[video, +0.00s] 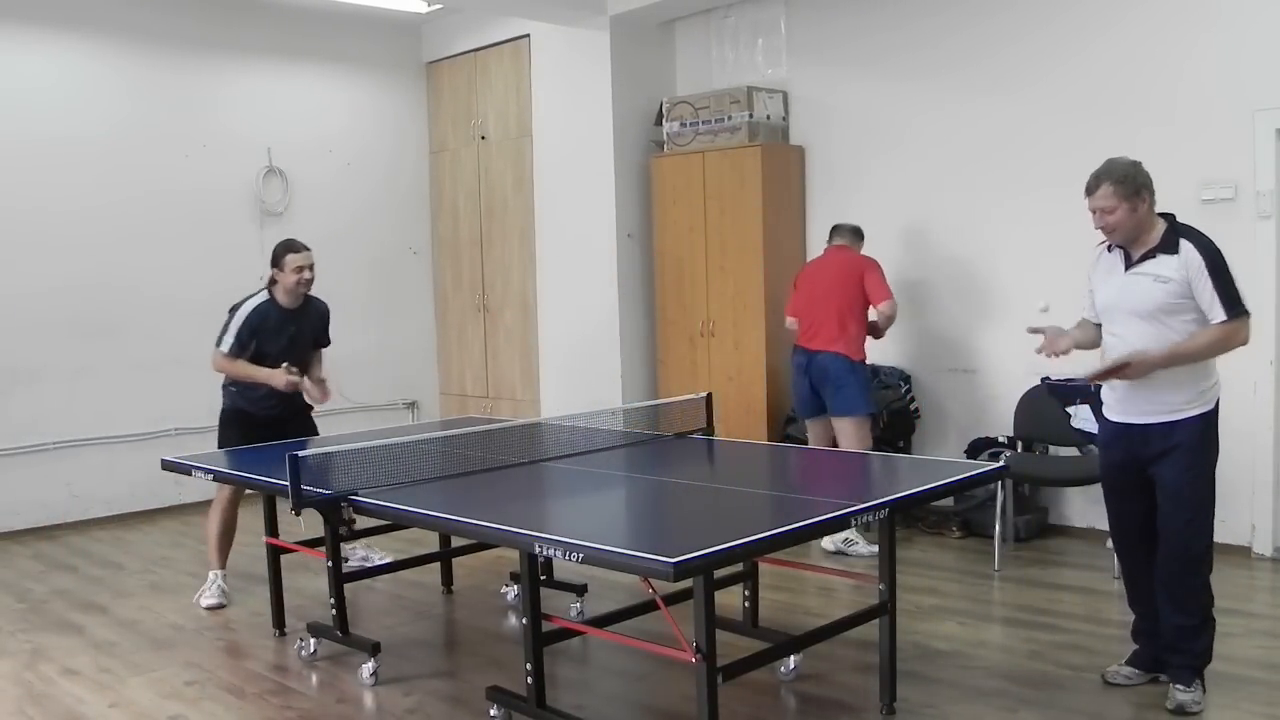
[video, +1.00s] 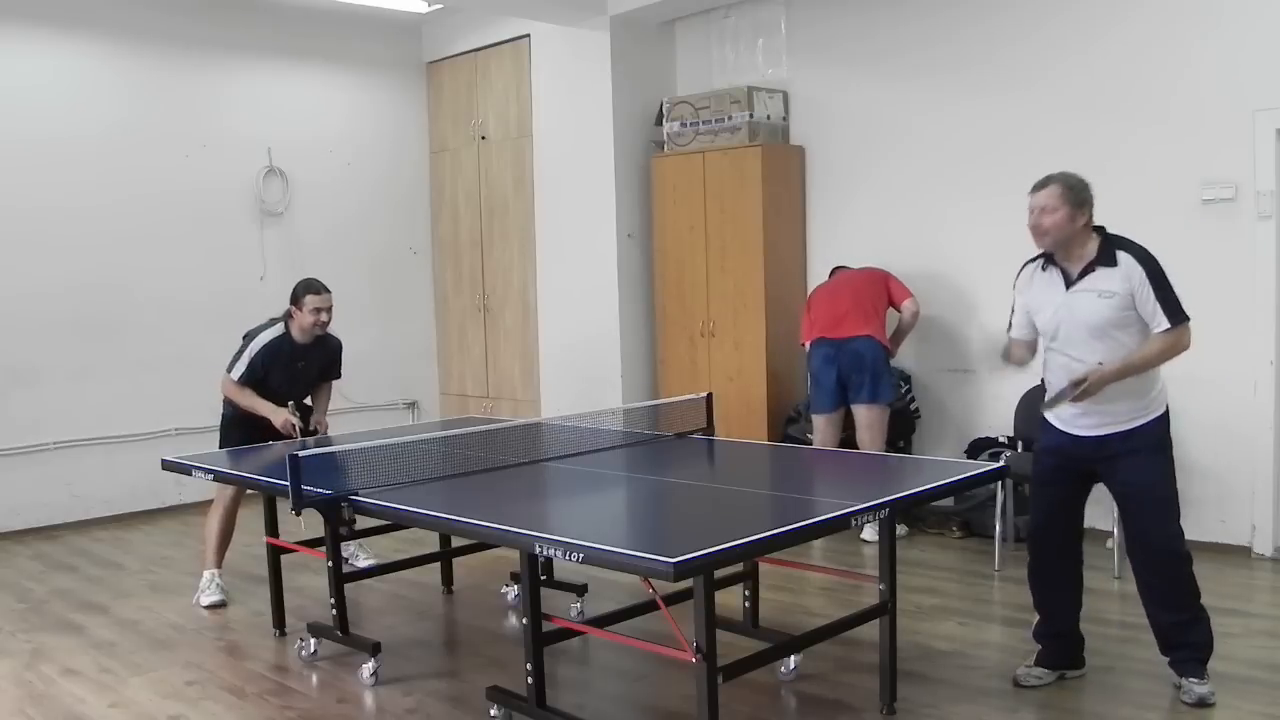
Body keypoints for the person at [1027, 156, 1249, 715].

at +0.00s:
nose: (1098, 222)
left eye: (1106, 212)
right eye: (1094, 213)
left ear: (1143, 203)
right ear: (1094, 210)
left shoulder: (1193, 250)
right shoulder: (1104, 259)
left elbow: (1236, 329)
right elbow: (1098, 324)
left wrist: (1154, 359)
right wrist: (1070, 337)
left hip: (1183, 428)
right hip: (1119, 427)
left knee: (1183, 549)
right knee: (1133, 547)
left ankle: (1186, 669)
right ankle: (1149, 653)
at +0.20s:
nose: (1107, 224)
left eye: (1116, 213)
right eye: (1102, 214)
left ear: (1151, 203)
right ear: (1101, 210)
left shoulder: (1202, 252)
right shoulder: (1105, 257)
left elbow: (1243, 330)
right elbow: (1092, 329)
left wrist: (1160, 356)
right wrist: (1061, 315)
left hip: (1185, 429)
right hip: (1119, 429)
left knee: (1187, 550)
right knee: (1130, 547)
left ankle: (1187, 670)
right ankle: (1147, 654)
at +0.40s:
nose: (1109, 224)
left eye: (1120, 213)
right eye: (1105, 213)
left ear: (1155, 205)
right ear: (1105, 208)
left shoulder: (1200, 253)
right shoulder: (1104, 252)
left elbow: (1222, 339)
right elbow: (1090, 319)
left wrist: (1131, 342)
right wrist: (1068, 334)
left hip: (1182, 429)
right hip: (1111, 424)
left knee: (1188, 553)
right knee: (1088, 532)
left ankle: (1187, 671)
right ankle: (1117, 634)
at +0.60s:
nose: (1082, 223)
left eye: (1090, 212)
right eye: (1077, 213)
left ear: (1126, 206)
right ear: (1080, 211)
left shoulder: (1177, 255)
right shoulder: (1084, 260)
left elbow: (1215, 332)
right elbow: (1071, 331)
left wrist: (1133, 354)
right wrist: (1037, 333)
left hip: (1166, 431)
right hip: (1096, 430)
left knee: (1179, 554)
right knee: (1078, 544)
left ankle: (1185, 674)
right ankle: (1060, 653)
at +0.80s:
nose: (1037, 234)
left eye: (1046, 223)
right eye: (1033, 224)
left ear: (1081, 219)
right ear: (1036, 224)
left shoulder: (1137, 261)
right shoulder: (1044, 273)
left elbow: (1188, 332)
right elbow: (1042, 348)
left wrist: (1115, 369)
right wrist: (1017, 355)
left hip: (1144, 432)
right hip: (1072, 433)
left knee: (1164, 549)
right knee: (1059, 545)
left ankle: (1187, 670)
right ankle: (1060, 653)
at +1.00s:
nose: (1034, 221)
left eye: (1045, 211)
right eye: (1032, 212)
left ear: (1081, 215)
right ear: (1036, 218)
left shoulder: (1131, 262)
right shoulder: (1032, 274)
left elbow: (1178, 335)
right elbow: (1021, 346)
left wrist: (1110, 373)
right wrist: (1014, 351)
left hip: (1135, 434)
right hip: (1061, 434)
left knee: (1159, 546)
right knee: (1048, 541)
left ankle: (1190, 664)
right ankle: (1059, 653)